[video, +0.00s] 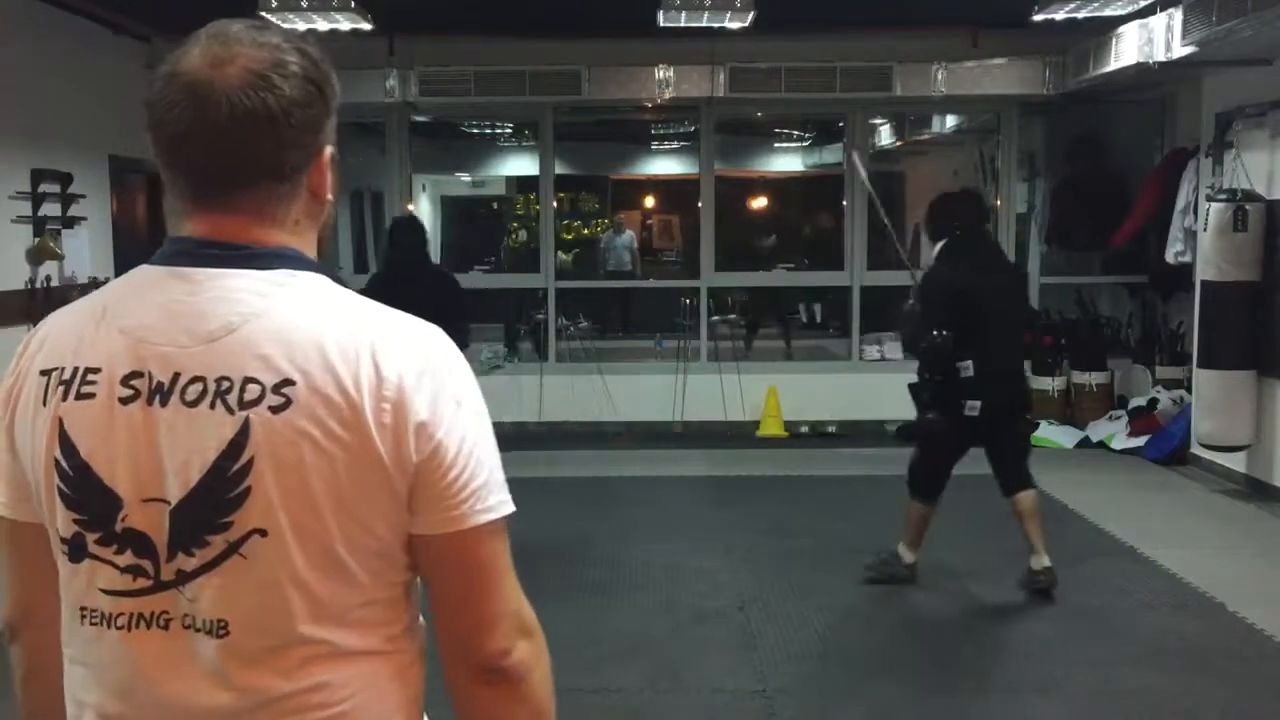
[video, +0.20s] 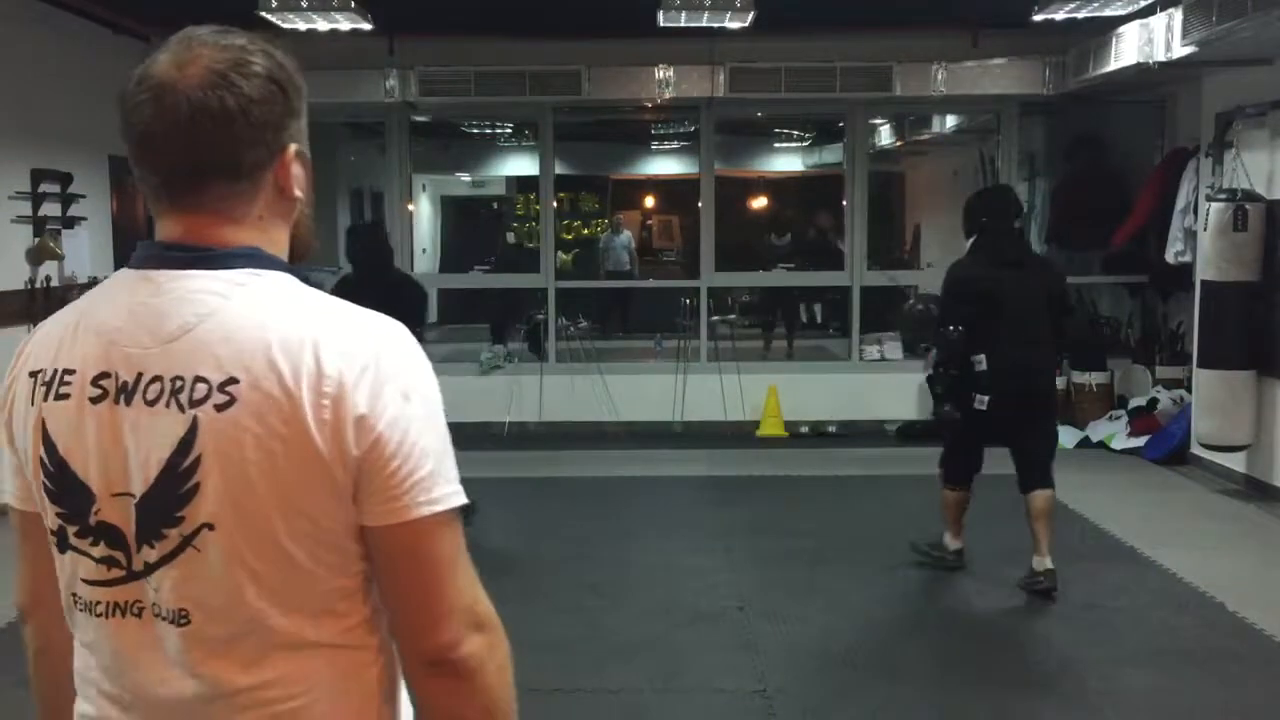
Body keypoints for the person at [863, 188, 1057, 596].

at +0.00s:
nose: (927, 238)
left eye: (930, 231)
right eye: (928, 231)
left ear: (944, 230)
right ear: (978, 225)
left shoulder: (944, 273)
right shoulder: (1006, 267)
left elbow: (934, 343)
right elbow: (1023, 328)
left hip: (959, 397)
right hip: (1009, 392)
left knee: (926, 477)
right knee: (1016, 476)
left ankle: (906, 557)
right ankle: (1042, 562)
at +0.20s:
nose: (964, 230)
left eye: (967, 224)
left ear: (974, 225)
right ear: (1016, 222)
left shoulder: (965, 272)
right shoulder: (1044, 269)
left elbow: (951, 340)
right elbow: (1064, 331)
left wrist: (946, 390)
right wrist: (1045, 367)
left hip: (980, 387)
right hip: (1035, 388)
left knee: (959, 463)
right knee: (1037, 472)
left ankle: (953, 542)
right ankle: (1043, 563)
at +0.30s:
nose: (983, 227)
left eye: (983, 220)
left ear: (985, 223)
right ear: (1027, 221)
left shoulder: (971, 271)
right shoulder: (1056, 269)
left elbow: (954, 339)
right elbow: (1080, 329)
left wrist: (949, 389)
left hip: (992, 384)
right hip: (1044, 383)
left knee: (981, 461)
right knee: (1041, 469)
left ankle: (988, 536)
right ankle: (1042, 560)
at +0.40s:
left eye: (997, 224)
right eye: (1030, 223)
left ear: (992, 226)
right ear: (1034, 226)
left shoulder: (978, 273)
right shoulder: (1060, 272)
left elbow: (955, 339)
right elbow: (1088, 332)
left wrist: (952, 391)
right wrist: (1069, 369)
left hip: (1001, 386)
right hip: (1051, 385)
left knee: (1003, 462)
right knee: (1045, 469)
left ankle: (1013, 531)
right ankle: (1040, 559)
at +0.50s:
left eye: (1002, 228)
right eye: (1031, 228)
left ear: (997, 231)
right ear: (1037, 230)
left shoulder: (981, 278)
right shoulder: (1064, 276)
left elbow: (957, 342)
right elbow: (1093, 334)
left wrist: (954, 393)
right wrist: (1077, 373)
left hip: (1007, 385)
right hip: (1057, 385)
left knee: (1013, 465)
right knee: (1048, 468)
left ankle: (1029, 537)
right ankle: (1039, 550)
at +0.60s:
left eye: (1000, 228)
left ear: (997, 230)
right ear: (1038, 228)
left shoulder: (983, 277)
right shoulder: (1064, 274)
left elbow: (959, 340)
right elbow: (1096, 329)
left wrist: (956, 393)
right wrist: (1087, 376)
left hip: (1010, 382)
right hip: (1060, 382)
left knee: (1015, 460)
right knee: (1058, 459)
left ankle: (1029, 537)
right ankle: (1043, 529)